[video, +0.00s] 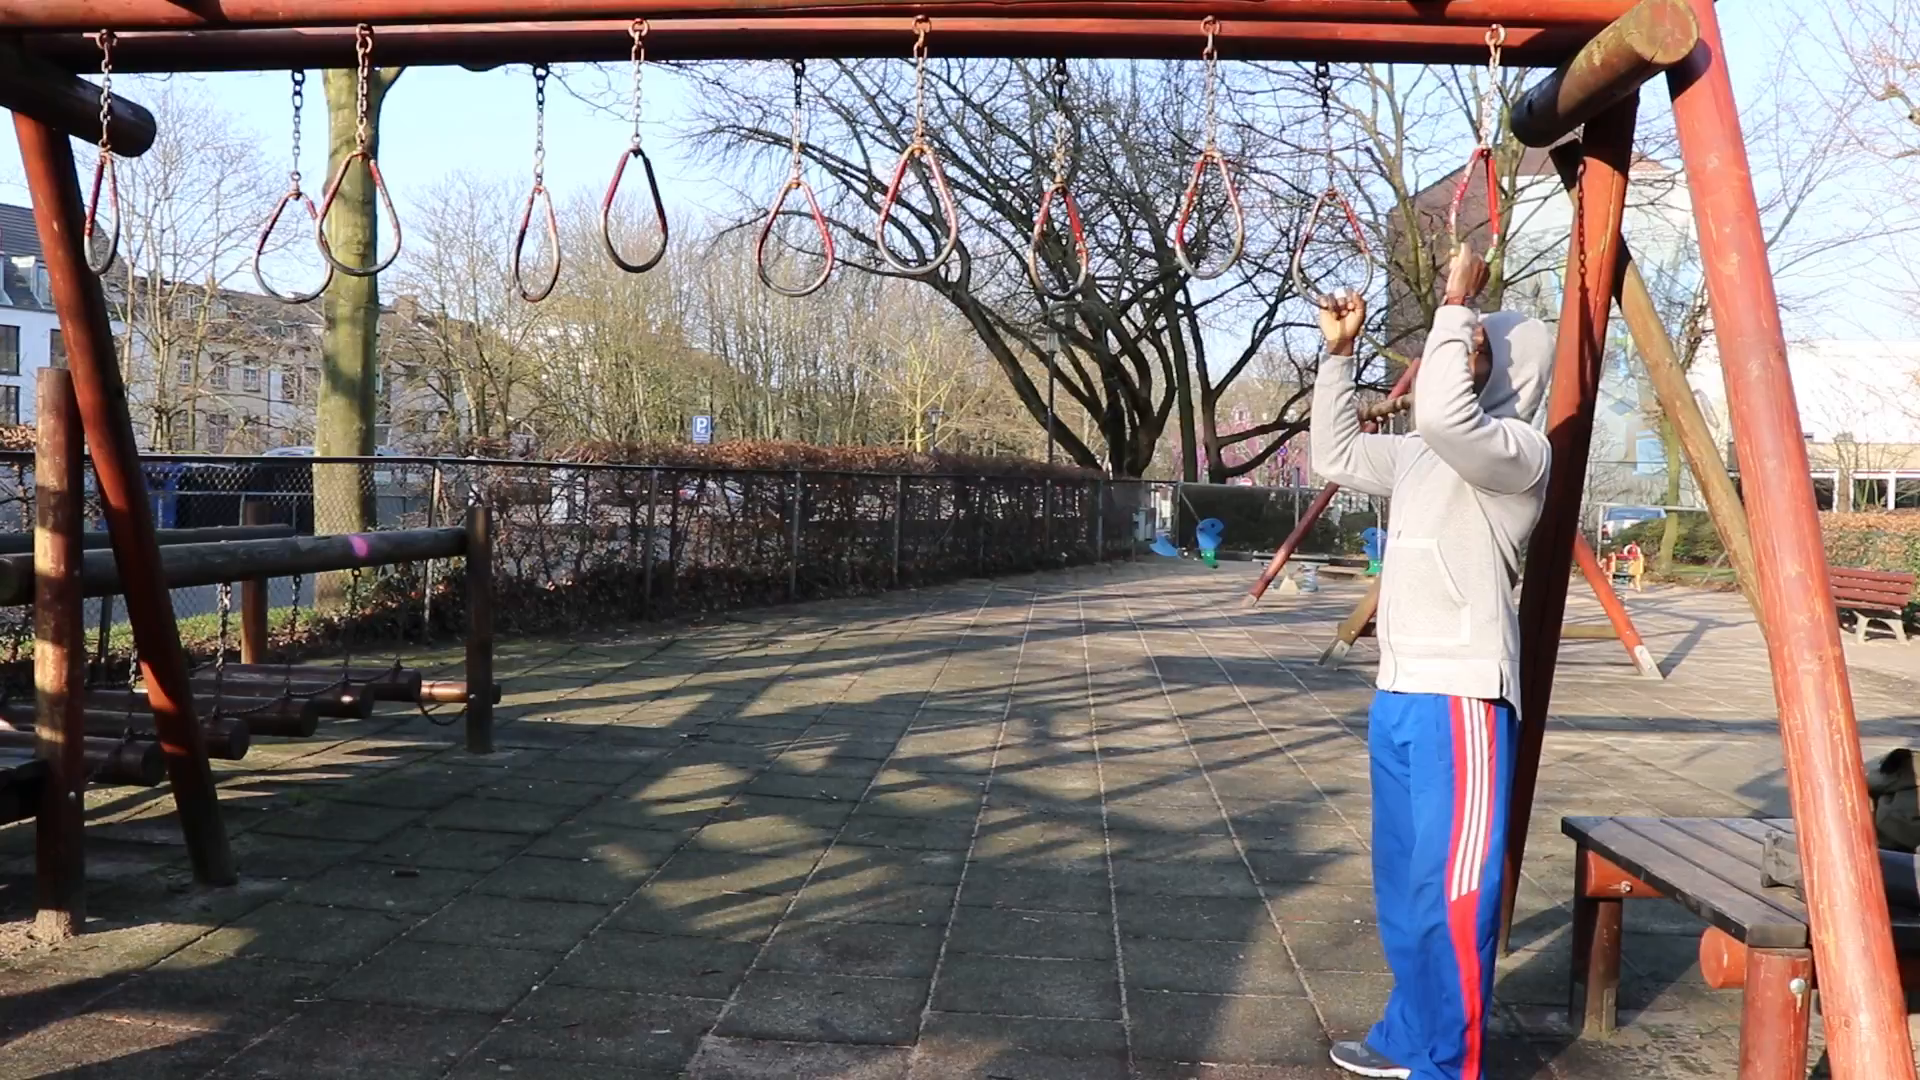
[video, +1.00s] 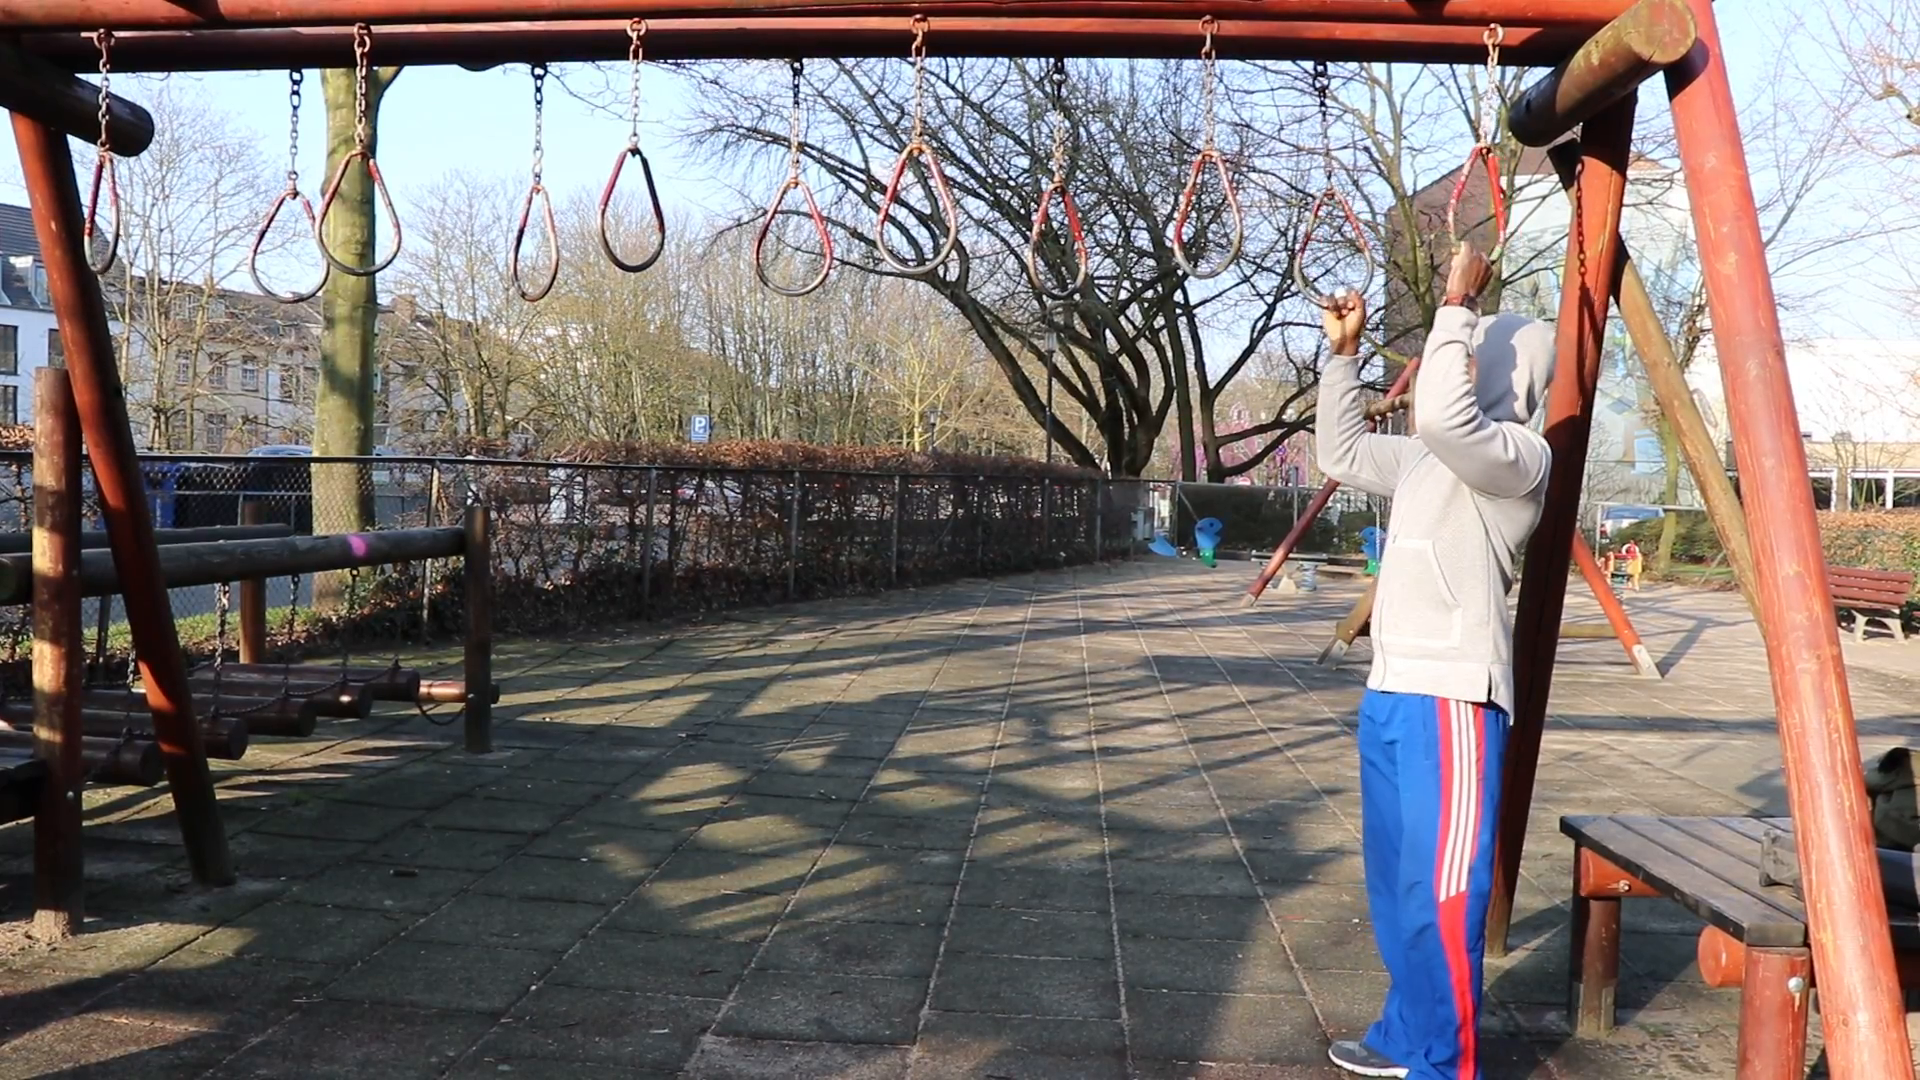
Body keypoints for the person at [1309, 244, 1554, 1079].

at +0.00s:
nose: (1429, 364)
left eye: (1453, 351)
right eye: (1433, 350)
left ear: (1498, 371)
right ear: (1463, 374)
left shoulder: (1524, 453)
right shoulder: (1418, 452)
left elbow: (1445, 417)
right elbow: (1335, 453)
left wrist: (1454, 312)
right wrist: (1338, 351)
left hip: (1466, 698)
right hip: (1402, 696)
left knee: (1456, 887)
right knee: (1406, 883)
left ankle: (1450, 1060)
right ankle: (1409, 1038)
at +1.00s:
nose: (1435, 368)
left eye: (1469, 356)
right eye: (1442, 356)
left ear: (1506, 376)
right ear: (1492, 379)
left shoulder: (1525, 458)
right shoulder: (1427, 454)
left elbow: (1447, 422)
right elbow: (1341, 449)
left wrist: (1456, 310)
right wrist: (1342, 354)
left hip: (1456, 700)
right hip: (1396, 697)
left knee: (1444, 890)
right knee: (1399, 884)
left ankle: (1445, 1061)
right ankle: (1408, 1036)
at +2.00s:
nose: (1421, 364)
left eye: (1453, 345)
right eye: (1426, 350)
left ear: (1488, 366)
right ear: (1442, 373)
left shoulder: (1514, 445)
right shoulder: (1420, 452)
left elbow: (1440, 415)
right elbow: (1338, 451)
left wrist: (1436, 308)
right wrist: (1325, 354)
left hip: (1467, 693)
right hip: (1412, 692)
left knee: (1453, 883)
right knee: (1411, 877)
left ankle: (1450, 1056)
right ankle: (1410, 1032)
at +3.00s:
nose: (1401, 372)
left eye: (1416, 360)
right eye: (1406, 360)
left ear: (1461, 371)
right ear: (1420, 371)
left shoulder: (1506, 447)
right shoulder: (1406, 448)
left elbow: (1439, 405)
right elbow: (1330, 452)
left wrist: (1480, 329)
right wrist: (1318, 351)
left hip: (1445, 695)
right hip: (1388, 691)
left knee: (1439, 888)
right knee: (1395, 883)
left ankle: (1447, 1059)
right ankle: (1406, 1035)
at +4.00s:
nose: (1437, 367)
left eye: (1463, 356)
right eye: (1442, 353)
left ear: (1499, 379)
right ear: (1443, 371)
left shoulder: (1505, 450)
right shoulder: (1402, 452)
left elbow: (1465, 396)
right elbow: (1322, 447)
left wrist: (1467, 296)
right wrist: (1315, 349)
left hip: (1448, 692)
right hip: (1383, 691)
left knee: (1443, 883)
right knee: (1394, 879)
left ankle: (1448, 1057)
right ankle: (1407, 1034)